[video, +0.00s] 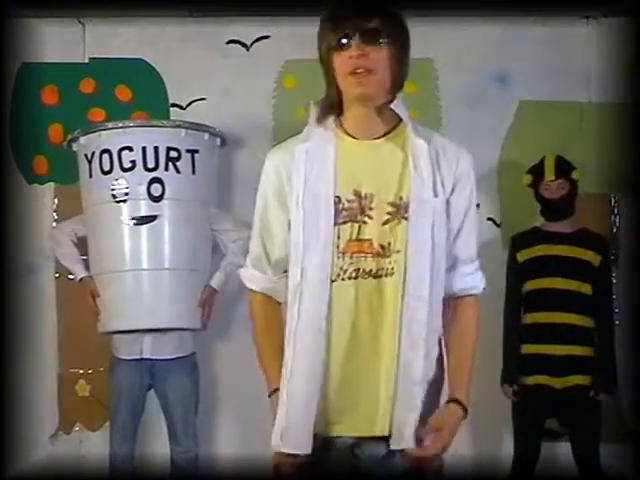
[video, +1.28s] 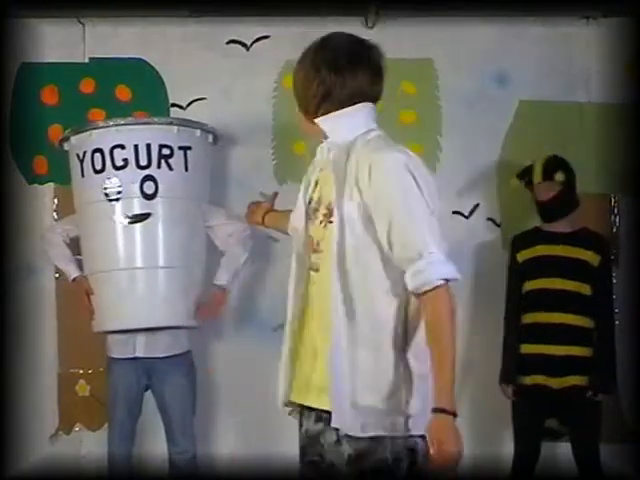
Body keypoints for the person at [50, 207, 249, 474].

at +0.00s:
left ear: (172, 187)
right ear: (129, 189)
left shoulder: (192, 213)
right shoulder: (112, 216)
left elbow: (240, 238)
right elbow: (60, 234)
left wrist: (215, 285)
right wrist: (83, 277)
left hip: (177, 350)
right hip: (126, 351)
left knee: (185, 449)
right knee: (120, 450)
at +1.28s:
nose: (142, 193)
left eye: (151, 187)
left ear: (163, 184)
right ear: (123, 187)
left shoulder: (187, 211)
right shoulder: (106, 216)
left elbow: (239, 235)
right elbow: (53, 233)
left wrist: (220, 288)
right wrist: (76, 277)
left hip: (172, 349)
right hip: (122, 351)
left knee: (182, 449)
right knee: (119, 451)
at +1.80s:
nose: (140, 189)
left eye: (147, 182)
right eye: (134, 182)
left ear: (159, 184)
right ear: (123, 185)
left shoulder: (179, 209)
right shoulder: (107, 216)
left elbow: (238, 217)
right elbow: (55, 232)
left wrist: (268, 188)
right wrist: (76, 274)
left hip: (174, 338)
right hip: (124, 341)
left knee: (182, 434)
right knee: (122, 432)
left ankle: (185, 477)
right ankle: (119, 479)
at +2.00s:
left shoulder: (189, 210)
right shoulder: (109, 213)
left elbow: (258, 214)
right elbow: (53, 232)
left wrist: (236, 193)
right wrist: (77, 274)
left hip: (175, 337)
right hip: (124, 339)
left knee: (182, 433)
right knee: (123, 428)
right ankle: (118, 479)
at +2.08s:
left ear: (168, 188)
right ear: (125, 186)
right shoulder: (109, 215)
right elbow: (53, 230)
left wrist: (222, 188)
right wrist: (76, 274)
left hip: (174, 338)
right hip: (123, 341)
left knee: (183, 436)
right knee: (122, 430)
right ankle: (118, 479)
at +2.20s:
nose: (137, 190)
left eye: (145, 183)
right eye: (128, 184)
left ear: (157, 183)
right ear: (116, 185)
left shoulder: (177, 209)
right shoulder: (107, 216)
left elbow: (232, 223)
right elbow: (53, 230)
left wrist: (235, 175)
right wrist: (75, 275)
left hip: (174, 340)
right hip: (124, 343)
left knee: (184, 441)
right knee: (121, 440)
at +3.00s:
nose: (136, 193)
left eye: (145, 186)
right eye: (129, 186)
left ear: (159, 187)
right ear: (118, 187)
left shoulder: (178, 214)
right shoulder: (105, 216)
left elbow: (228, 221)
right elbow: (53, 229)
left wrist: (228, 180)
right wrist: (75, 274)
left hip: (172, 342)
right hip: (122, 344)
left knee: (181, 432)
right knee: (121, 432)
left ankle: (184, 477)